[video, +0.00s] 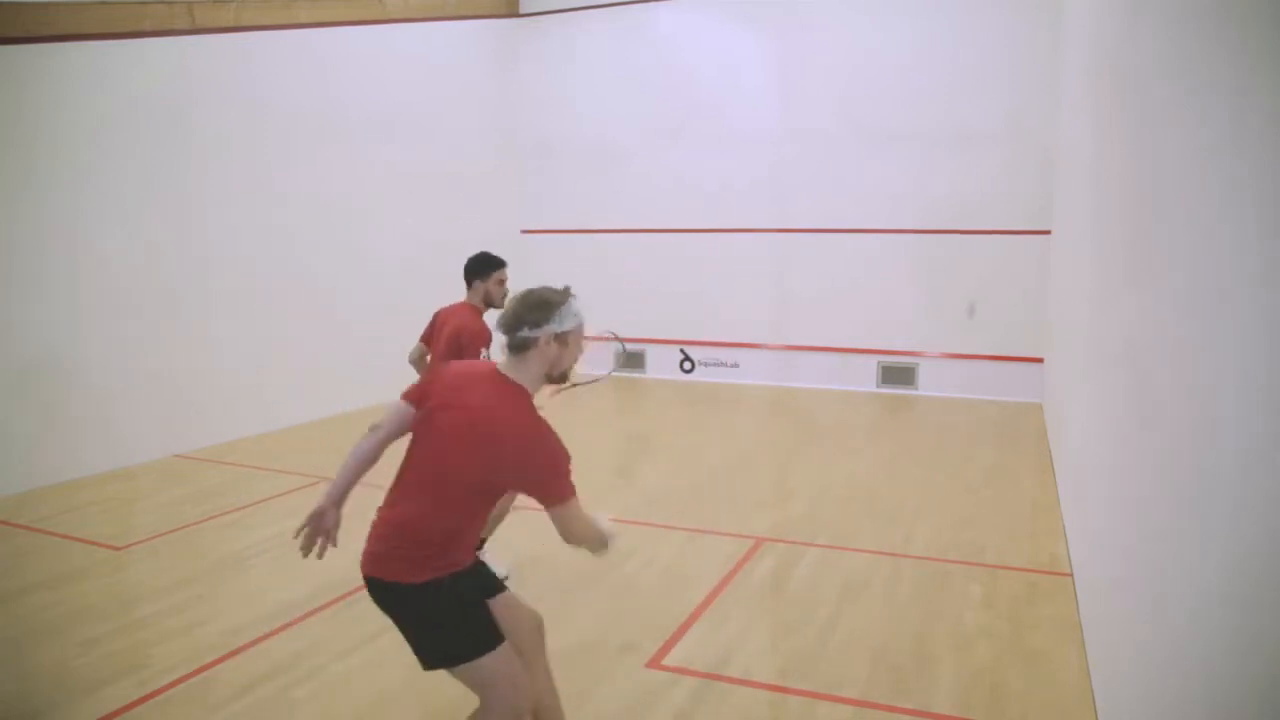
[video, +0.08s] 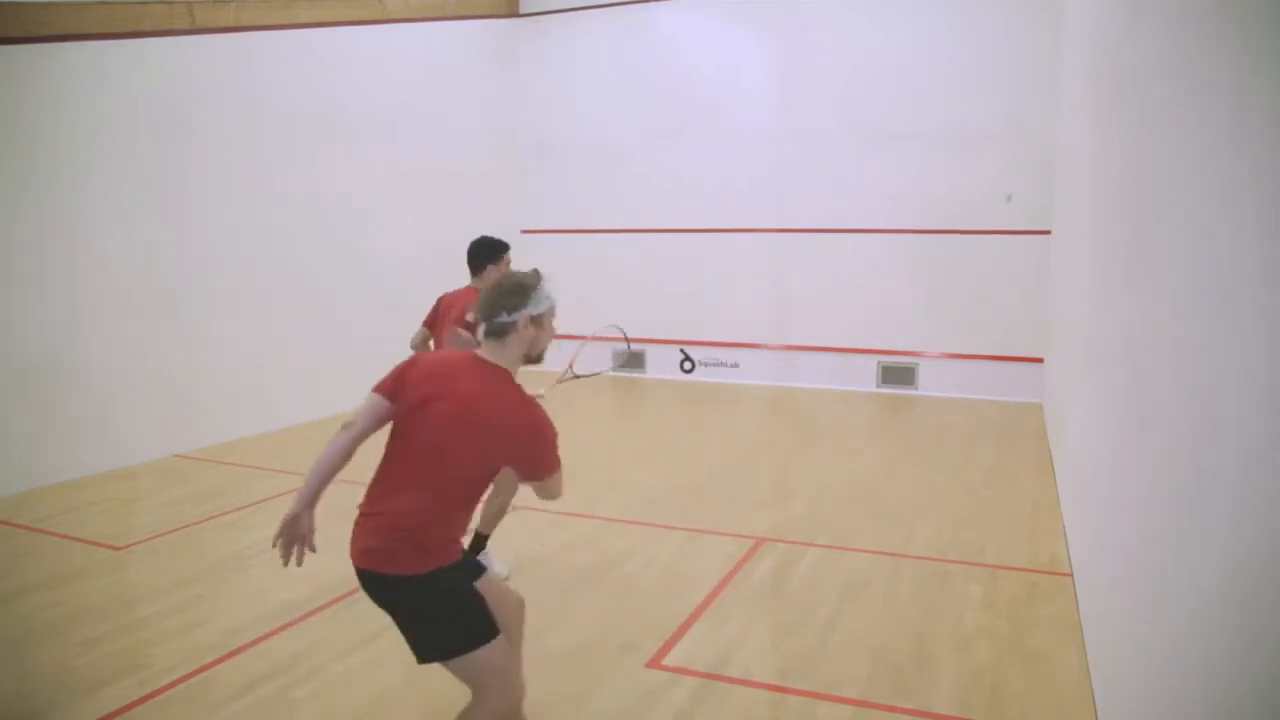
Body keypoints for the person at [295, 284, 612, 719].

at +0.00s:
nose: (580, 351)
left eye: (581, 341)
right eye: (578, 340)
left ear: (515, 337)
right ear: (549, 343)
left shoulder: (452, 374)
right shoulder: (534, 437)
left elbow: (381, 432)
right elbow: (574, 529)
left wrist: (332, 501)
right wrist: (599, 534)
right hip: (415, 575)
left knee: (527, 628)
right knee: (511, 697)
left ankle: (547, 714)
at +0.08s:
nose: (553, 333)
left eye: (553, 322)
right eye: (550, 321)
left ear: (488, 319)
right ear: (527, 325)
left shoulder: (424, 367)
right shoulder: (523, 416)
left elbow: (353, 431)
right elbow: (550, 488)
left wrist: (303, 503)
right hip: (414, 565)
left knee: (508, 609)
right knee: (502, 696)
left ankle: (505, 708)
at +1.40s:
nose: (419, 258)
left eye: (419, 250)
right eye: (413, 250)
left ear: (383, 252)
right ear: (389, 250)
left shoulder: (345, 296)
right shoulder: (397, 308)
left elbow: (340, 356)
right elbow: (404, 377)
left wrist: (372, 384)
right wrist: (440, 424)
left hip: (353, 421)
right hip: (395, 424)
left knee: (373, 493)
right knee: (413, 500)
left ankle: (341, 574)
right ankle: (411, 584)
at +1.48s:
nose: (426, 256)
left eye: (426, 249)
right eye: (420, 249)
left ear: (390, 250)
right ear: (397, 249)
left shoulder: (354, 292)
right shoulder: (403, 308)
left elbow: (347, 355)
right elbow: (409, 376)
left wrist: (374, 388)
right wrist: (444, 423)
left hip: (359, 415)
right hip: (398, 419)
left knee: (379, 481)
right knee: (416, 496)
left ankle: (352, 566)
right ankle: (411, 582)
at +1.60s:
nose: (432, 255)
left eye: (431, 246)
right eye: (426, 247)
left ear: (392, 252)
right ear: (404, 250)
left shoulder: (362, 292)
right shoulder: (409, 307)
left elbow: (352, 353)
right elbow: (412, 374)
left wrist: (366, 392)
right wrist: (444, 420)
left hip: (363, 411)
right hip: (400, 415)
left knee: (382, 478)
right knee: (422, 490)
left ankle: (374, 559)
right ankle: (412, 582)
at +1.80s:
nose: (436, 259)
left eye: (435, 252)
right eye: (433, 253)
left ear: (399, 257)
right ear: (415, 257)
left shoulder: (372, 297)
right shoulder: (410, 312)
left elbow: (357, 359)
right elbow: (408, 378)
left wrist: (361, 405)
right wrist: (437, 422)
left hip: (368, 415)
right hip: (398, 418)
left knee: (393, 475)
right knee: (446, 483)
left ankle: (376, 554)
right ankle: (418, 572)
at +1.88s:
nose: (437, 257)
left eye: (436, 249)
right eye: (434, 250)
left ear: (398, 254)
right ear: (420, 254)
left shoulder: (374, 295)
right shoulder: (412, 308)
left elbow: (360, 357)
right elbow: (409, 377)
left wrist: (365, 400)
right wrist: (436, 420)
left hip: (370, 410)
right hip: (400, 414)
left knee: (391, 475)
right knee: (451, 480)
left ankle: (376, 555)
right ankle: (423, 568)